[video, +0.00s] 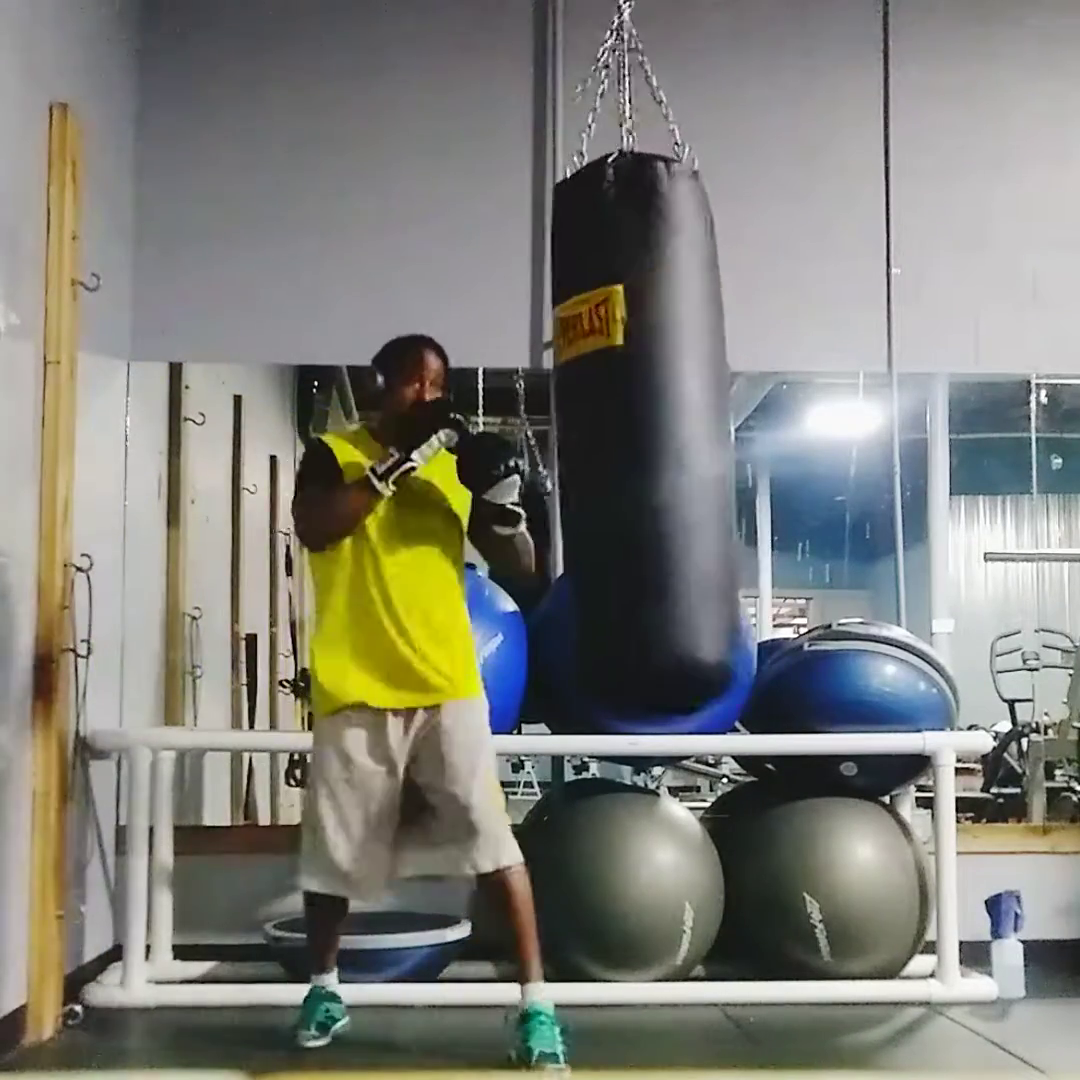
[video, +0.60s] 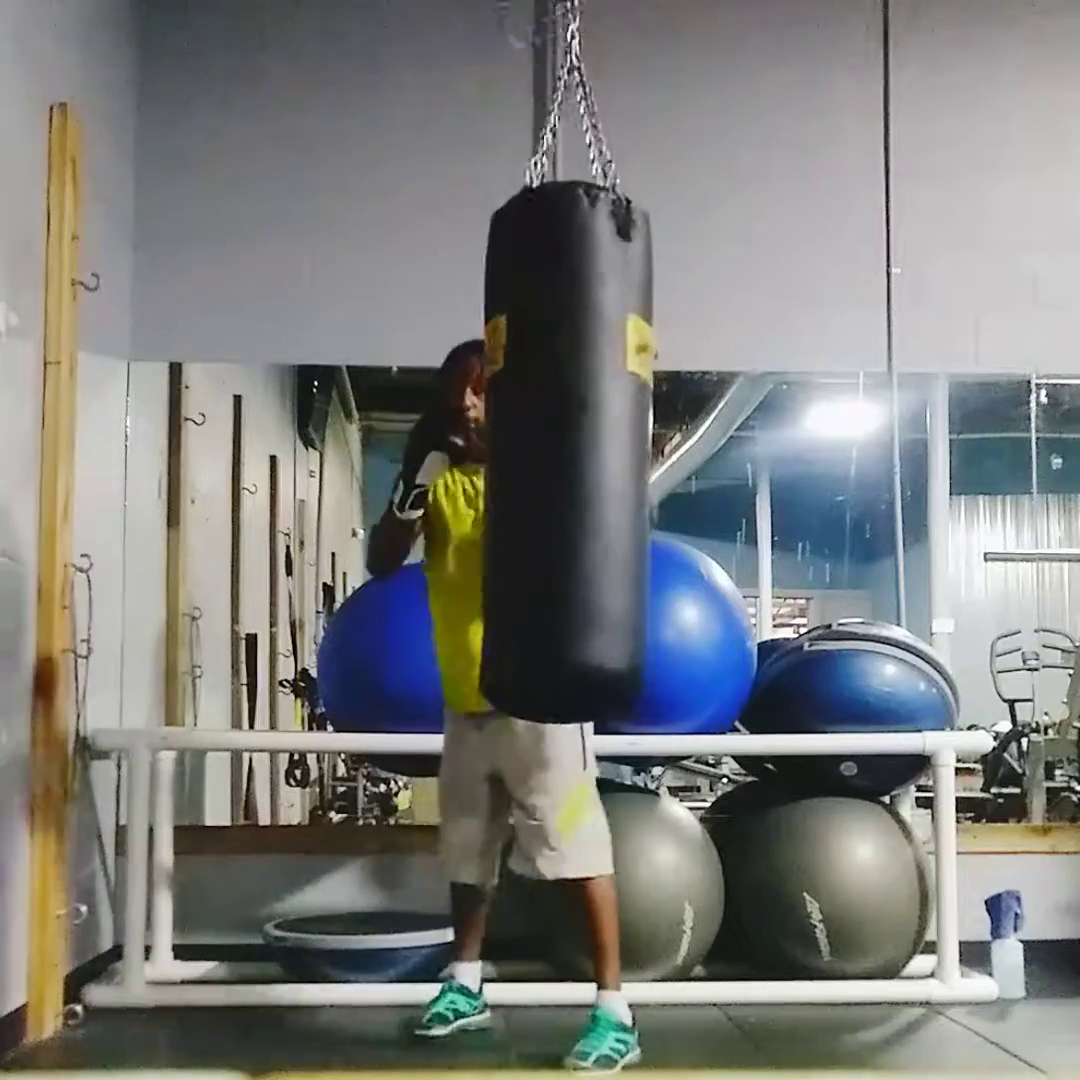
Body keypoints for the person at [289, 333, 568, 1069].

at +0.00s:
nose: (425, 394)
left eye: (436, 385)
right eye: (411, 381)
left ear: (445, 398)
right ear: (376, 387)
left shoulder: (451, 468)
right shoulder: (333, 453)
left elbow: (525, 578)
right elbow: (312, 528)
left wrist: (504, 500)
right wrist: (401, 461)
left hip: (447, 681)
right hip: (352, 682)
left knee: (493, 842)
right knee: (333, 848)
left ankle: (536, 1007)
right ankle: (323, 992)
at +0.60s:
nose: (470, 402)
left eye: (484, 389)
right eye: (461, 389)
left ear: (511, 399)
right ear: (446, 403)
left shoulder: (541, 470)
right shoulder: (437, 480)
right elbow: (383, 562)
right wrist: (414, 481)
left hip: (542, 692)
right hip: (469, 695)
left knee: (581, 852)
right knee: (469, 849)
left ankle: (612, 1011)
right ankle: (465, 987)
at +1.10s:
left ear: (583, 419)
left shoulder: (622, 465)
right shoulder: (547, 475)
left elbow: (650, 446)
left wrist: (592, 415)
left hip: (642, 666)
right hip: (585, 673)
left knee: (657, 840)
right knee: (607, 841)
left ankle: (679, 1017)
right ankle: (609, 989)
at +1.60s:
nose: (573, 411)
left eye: (579, 396)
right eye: (571, 397)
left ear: (607, 392)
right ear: (615, 386)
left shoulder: (676, 444)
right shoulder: (605, 479)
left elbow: (652, 436)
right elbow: (548, 555)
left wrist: (571, 404)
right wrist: (502, 507)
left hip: (722, 659)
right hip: (684, 665)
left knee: (709, 839)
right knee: (696, 839)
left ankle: (720, 1029)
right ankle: (726, 997)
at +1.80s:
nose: (619, 381)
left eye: (626, 367)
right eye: (620, 369)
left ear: (659, 370)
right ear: (662, 370)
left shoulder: (714, 435)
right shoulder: (653, 454)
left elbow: (737, 514)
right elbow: (645, 555)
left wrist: (642, 500)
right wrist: (587, 519)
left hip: (747, 663)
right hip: (711, 665)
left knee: (721, 836)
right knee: (742, 828)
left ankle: (721, 1030)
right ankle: (831, 967)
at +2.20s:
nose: (723, 370)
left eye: (735, 357)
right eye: (725, 358)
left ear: (775, 363)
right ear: (752, 365)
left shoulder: (819, 429)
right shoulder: (744, 451)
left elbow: (887, 520)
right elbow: (721, 571)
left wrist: (780, 502)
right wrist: (693, 527)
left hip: (819, 661)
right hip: (780, 661)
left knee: (771, 832)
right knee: (845, 835)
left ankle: (754, 1021)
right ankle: (909, 1001)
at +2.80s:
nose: (772, 398)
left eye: (783, 385)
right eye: (776, 386)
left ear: (819, 390)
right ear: (825, 392)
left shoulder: (886, 440)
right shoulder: (820, 476)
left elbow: (898, 511)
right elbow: (779, 558)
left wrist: (817, 453)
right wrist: (738, 491)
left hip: (910, 669)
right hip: (933, 668)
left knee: (874, 839)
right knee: (956, 838)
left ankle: (884, 1036)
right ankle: (1011, 1010)